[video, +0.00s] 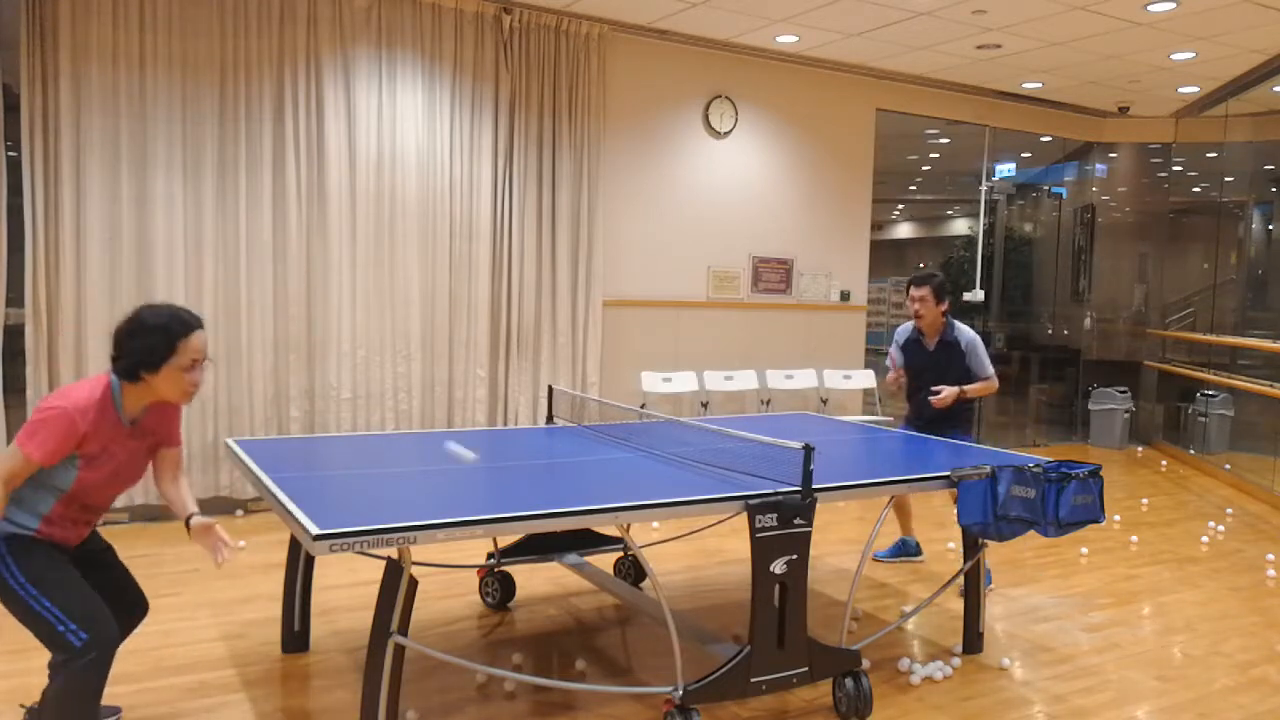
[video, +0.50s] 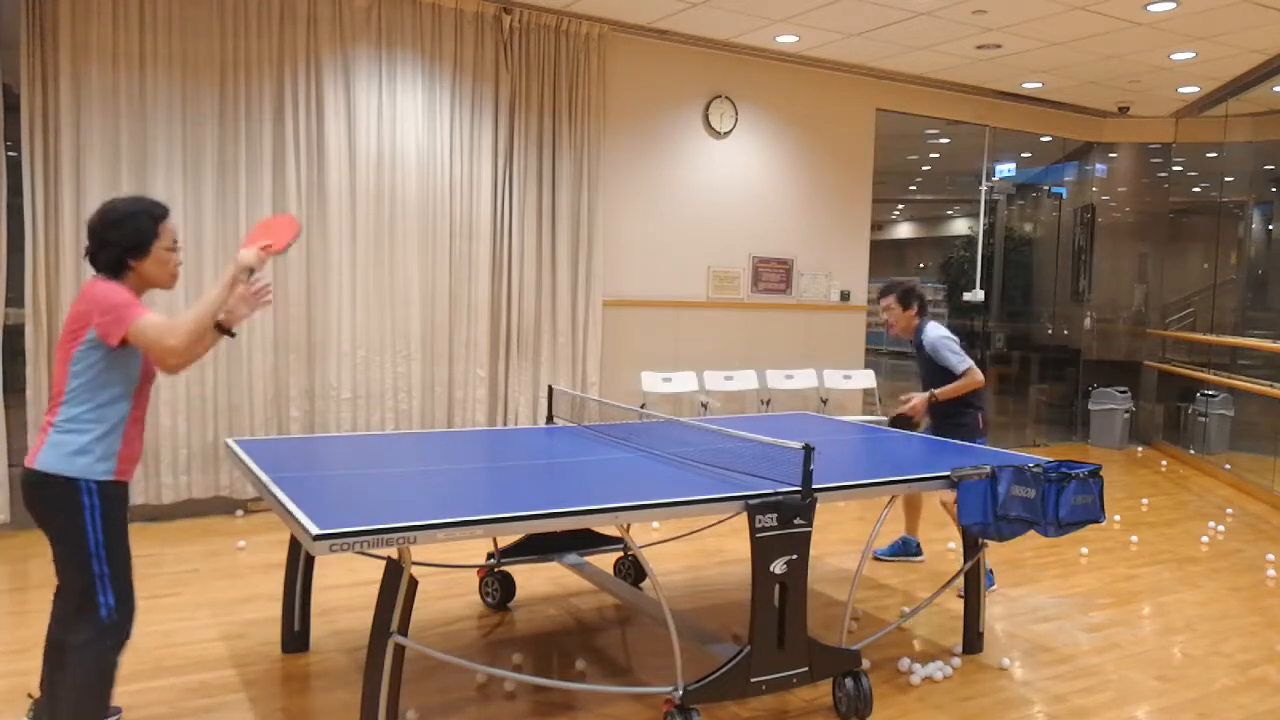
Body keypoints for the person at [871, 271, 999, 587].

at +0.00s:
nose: (915, 308)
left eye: (922, 301)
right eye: (911, 301)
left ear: (943, 306)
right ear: (908, 304)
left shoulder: (966, 338)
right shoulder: (903, 334)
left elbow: (991, 383)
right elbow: (895, 377)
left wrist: (959, 392)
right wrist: (895, 379)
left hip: (955, 425)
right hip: (916, 423)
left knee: (959, 489)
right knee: (893, 475)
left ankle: (977, 560)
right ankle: (908, 540)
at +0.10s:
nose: (912, 311)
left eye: (919, 305)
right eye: (909, 305)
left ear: (940, 309)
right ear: (906, 307)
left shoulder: (964, 341)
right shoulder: (905, 337)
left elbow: (990, 387)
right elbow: (896, 378)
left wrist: (954, 396)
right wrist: (892, 385)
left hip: (957, 427)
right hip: (919, 423)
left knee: (959, 491)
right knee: (894, 475)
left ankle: (978, 561)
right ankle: (908, 540)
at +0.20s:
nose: (909, 309)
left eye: (916, 303)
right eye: (905, 303)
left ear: (937, 306)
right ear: (903, 305)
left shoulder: (961, 338)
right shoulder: (906, 337)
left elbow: (990, 385)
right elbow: (904, 376)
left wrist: (952, 394)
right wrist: (889, 394)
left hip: (960, 428)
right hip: (924, 424)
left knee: (959, 491)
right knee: (898, 474)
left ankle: (978, 563)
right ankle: (909, 541)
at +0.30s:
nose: (902, 306)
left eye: (909, 299)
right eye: (899, 300)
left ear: (931, 301)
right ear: (898, 303)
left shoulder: (955, 333)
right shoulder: (908, 335)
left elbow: (987, 378)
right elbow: (917, 375)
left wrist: (946, 390)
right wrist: (897, 401)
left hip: (964, 426)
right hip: (931, 423)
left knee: (961, 490)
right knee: (906, 472)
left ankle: (978, 565)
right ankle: (910, 540)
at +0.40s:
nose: (894, 307)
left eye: (900, 300)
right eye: (891, 301)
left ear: (922, 303)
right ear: (890, 305)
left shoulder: (943, 332)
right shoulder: (915, 337)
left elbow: (982, 376)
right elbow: (935, 383)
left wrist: (938, 390)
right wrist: (911, 409)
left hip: (964, 427)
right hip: (937, 425)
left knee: (961, 493)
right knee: (910, 472)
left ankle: (979, 567)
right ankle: (910, 540)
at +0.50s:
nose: (885, 318)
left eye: (890, 310)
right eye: (883, 311)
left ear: (912, 309)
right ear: (908, 312)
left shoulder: (934, 336)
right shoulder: (919, 339)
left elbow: (975, 377)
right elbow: (941, 381)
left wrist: (930, 397)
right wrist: (923, 403)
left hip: (963, 430)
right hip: (939, 428)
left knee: (949, 497)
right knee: (909, 477)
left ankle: (981, 568)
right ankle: (910, 541)